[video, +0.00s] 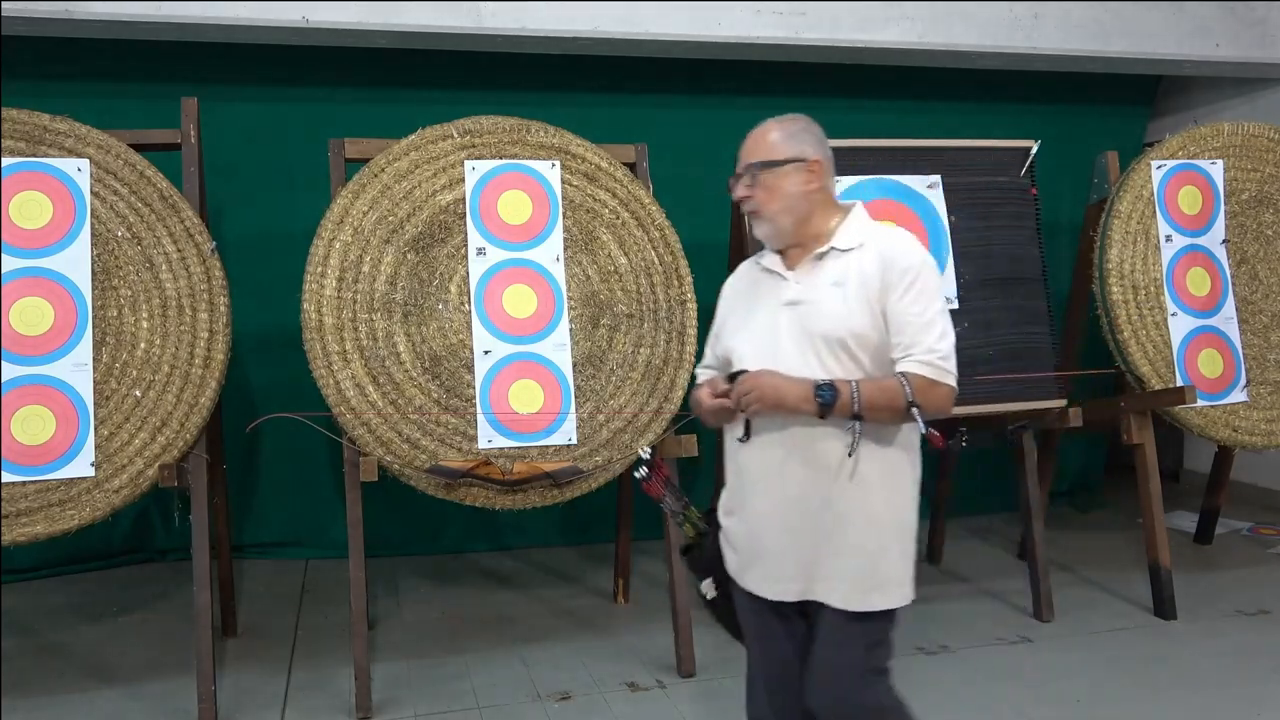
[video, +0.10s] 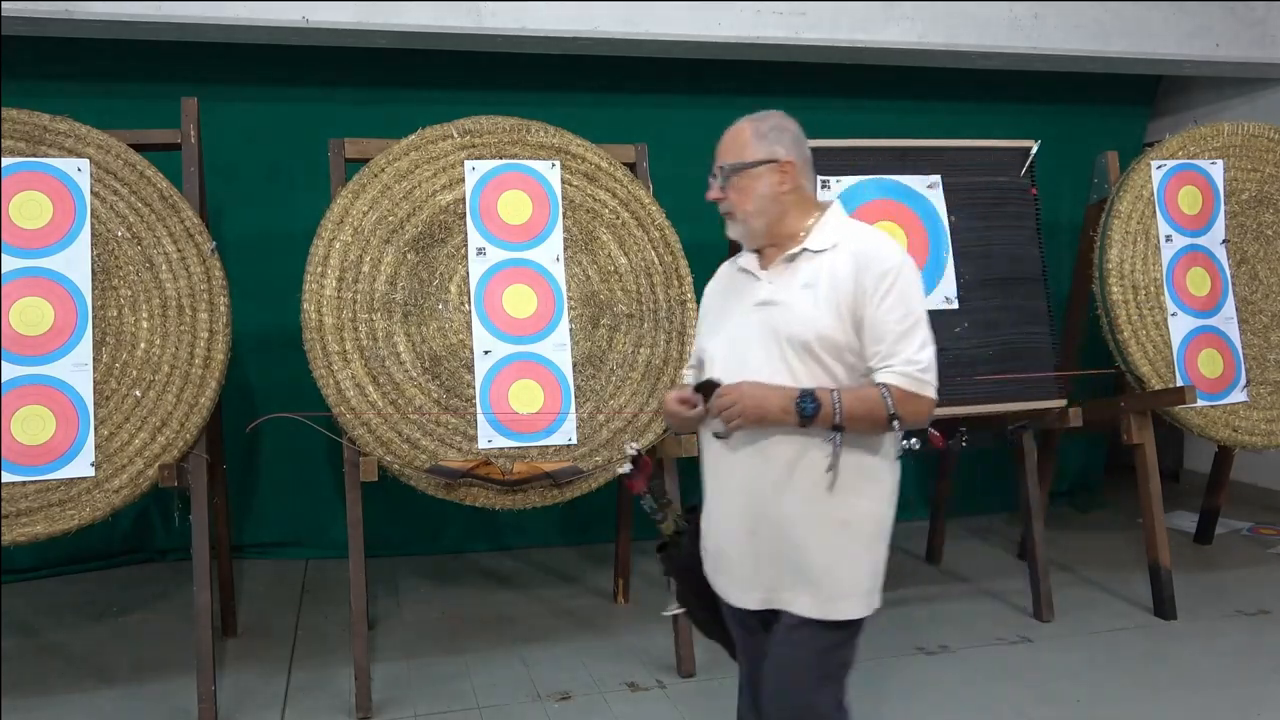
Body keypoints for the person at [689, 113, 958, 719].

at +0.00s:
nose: (738, 192)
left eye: (755, 175)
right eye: (738, 178)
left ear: (813, 174)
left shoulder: (893, 256)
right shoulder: (741, 284)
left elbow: (935, 388)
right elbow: (711, 396)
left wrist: (806, 394)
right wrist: (709, 401)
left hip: (861, 552)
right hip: (759, 552)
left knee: (842, 697)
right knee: (772, 705)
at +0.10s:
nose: (713, 194)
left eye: (728, 177)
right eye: (714, 179)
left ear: (784, 175)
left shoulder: (873, 260)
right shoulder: (724, 282)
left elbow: (914, 399)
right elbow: (713, 388)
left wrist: (790, 405)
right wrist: (687, 404)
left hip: (826, 566)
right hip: (734, 562)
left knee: (796, 706)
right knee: (759, 705)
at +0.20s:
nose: (692, 190)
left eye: (710, 171)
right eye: (692, 175)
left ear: (769, 174)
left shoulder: (850, 265)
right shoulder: (715, 274)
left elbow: (894, 409)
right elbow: (716, 373)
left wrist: (776, 424)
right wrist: (668, 404)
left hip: (793, 575)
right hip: (713, 566)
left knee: (756, 710)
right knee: (758, 703)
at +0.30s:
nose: (682, 183)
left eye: (704, 167)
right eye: (677, 171)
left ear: (759, 178)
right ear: (673, 184)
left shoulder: (825, 270)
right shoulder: (698, 270)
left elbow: (879, 418)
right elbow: (694, 374)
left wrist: (764, 439)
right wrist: (640, 420)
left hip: (767, 588)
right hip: (701, 577)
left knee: (725, 710)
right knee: (768, 707)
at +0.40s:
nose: (675, 189)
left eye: (701, 172)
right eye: (663, 173)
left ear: (746, 184)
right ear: (653, 185)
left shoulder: (800, 283)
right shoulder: (666, 274)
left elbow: (862, 434)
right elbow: (679, 388)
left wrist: (745, 456)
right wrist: (619, 437)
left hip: (736, 601)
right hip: (675, 586)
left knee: (688, 709)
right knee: (751, 705)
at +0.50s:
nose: (662, 192)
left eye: (688, 175)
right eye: (649, 175)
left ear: (732, 188)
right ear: (634, 184)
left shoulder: (778, 297)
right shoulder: (640, 272)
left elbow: (827, 459)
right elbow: (660, 395)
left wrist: (715, 459)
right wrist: (587, 444)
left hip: (707, 609)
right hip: (640, 591)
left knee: (669, 710)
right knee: (723, 705)